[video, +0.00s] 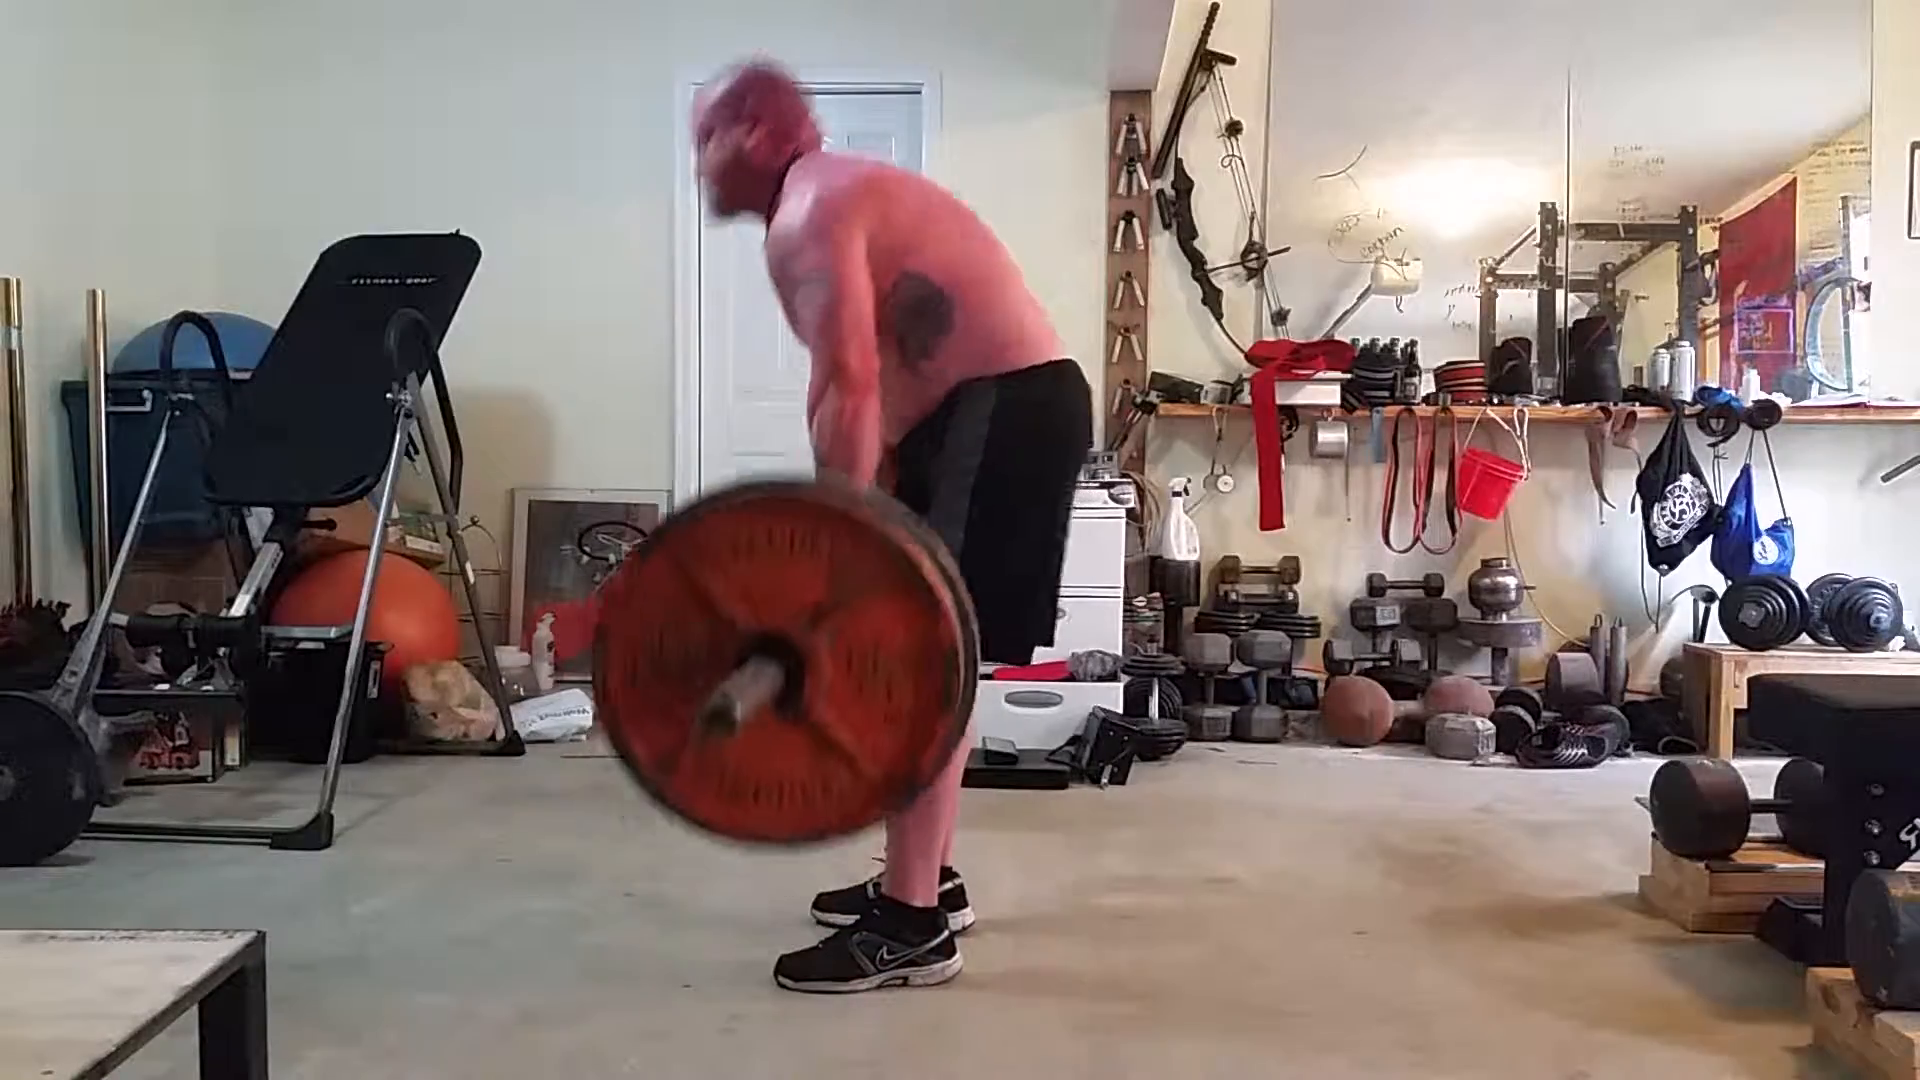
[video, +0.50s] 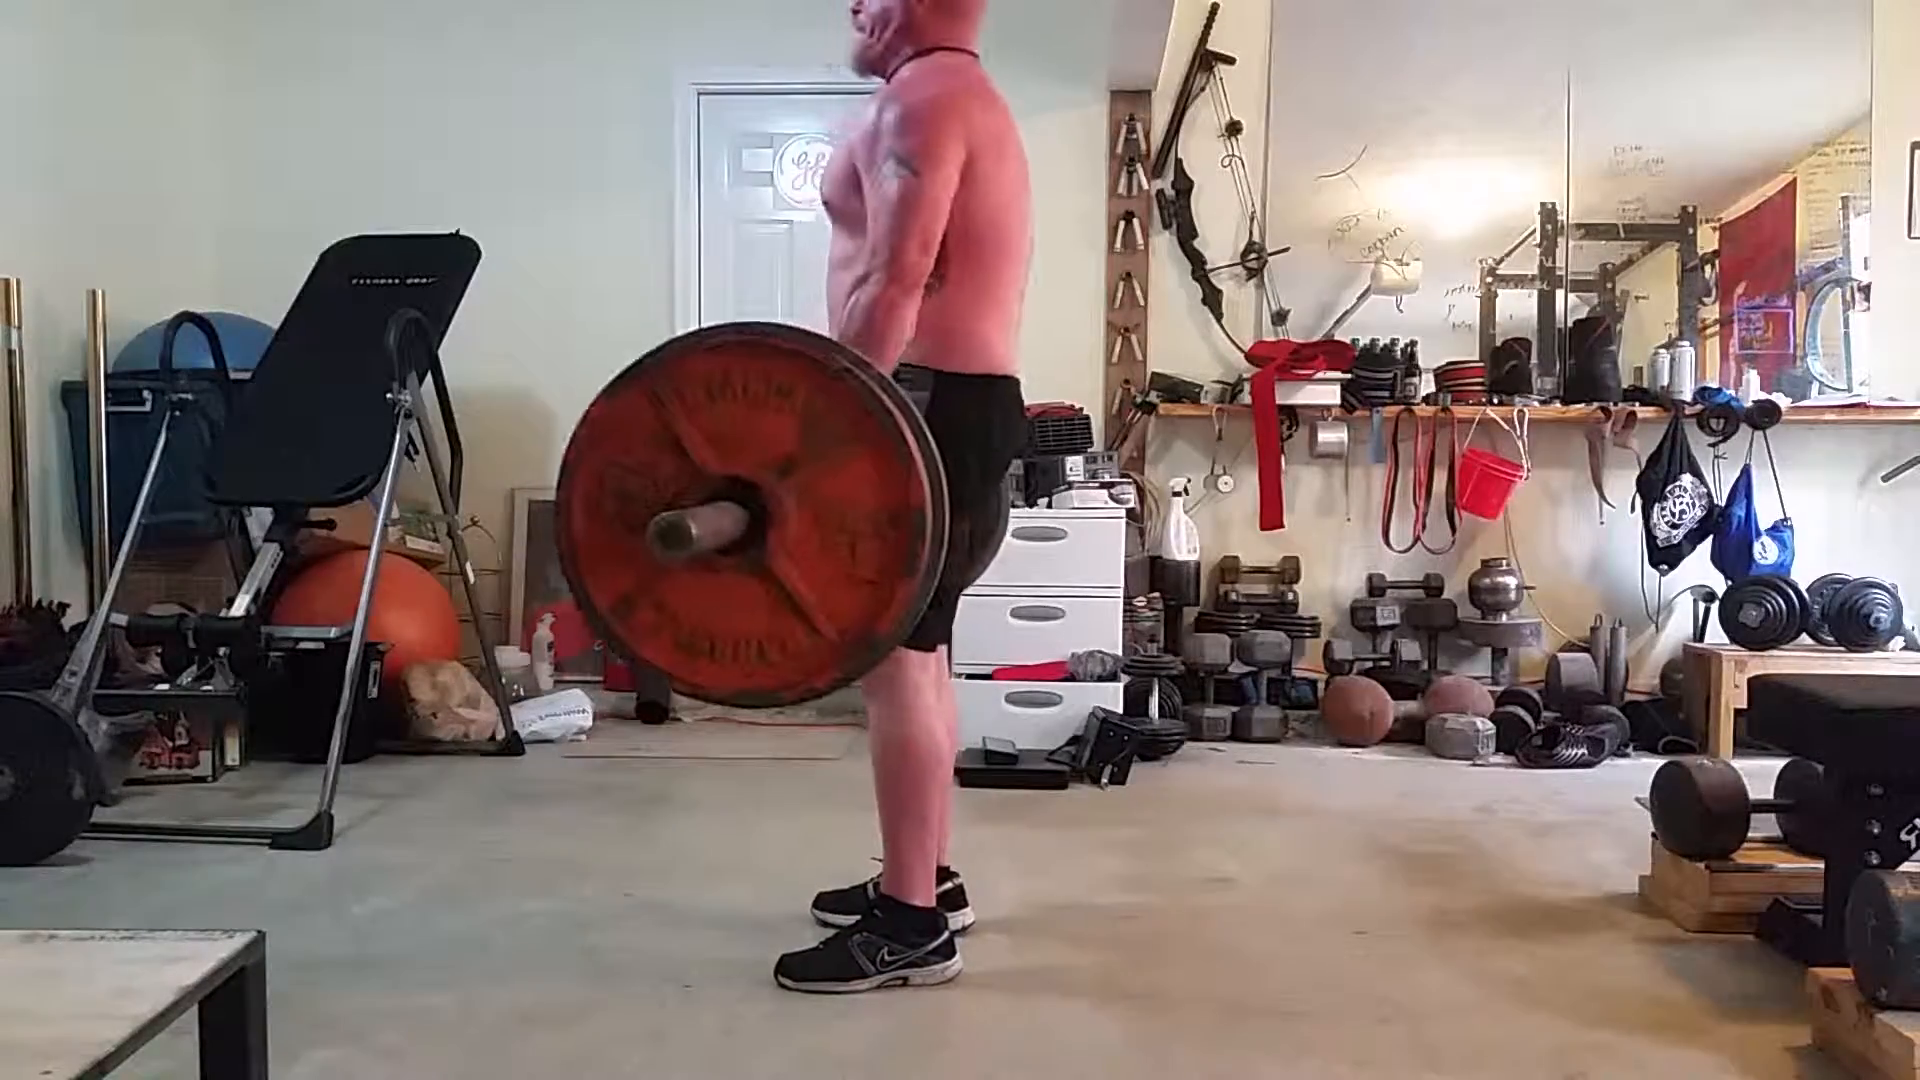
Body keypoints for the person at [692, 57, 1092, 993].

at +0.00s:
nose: (696, 164)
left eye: (706, 140)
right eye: (696, 143)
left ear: (757, 130)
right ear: (773, 134)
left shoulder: (814, 204)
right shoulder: (827, 202)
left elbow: (851, 385)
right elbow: (835, 390)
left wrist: (829, 557)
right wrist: (827, 551)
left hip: (997, 412)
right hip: (969, 413)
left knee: (929, 657)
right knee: (917, 648)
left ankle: (914, 918)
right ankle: (919, 883)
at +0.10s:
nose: (725, 106)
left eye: (734, 84)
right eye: (726, 87)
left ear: (789, 74)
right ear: (799, 77)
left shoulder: (837, 159)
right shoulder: (837, 159)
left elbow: (858, 341)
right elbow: (848, 344)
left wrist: (836, 510)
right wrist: (823, 509)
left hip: (977, 400)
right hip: (959, 399)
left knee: (925, 650)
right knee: (921, 646)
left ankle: (914, 917)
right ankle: (922, 884)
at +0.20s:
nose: (765, 40)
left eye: (782, 19)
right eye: (770, 22)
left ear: (836, 25)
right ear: (851, 33)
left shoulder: (859, 124)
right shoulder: (873, 121)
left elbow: (867, 304)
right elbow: (878, 308)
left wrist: (838, 467)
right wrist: (835, 461)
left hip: (959, 399)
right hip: (970, 398)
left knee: (925, 657)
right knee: (932, 654)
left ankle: (912, 917)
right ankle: (926, 882)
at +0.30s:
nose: (804, 15)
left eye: (818, 2)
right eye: (810, 2)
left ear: (868, 8)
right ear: (894, 16)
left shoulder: (886, 100)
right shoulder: (929, 100)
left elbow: (886, 282)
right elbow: (914, 287)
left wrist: (826, 445)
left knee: (916, 657)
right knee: (931, 653)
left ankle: (911, 919)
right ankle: (929, 880)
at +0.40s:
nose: (843, 13)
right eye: (847, 1)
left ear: (900, 7)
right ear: (926, 13)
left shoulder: (916, 87)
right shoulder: (947, 92)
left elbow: (898, 277)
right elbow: (873, 274)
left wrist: (828, 430)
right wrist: (835, 198)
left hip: (935, 404)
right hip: (960, 403)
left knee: (910, 661)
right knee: (919, 657)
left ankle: (912, 919)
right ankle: (924, 882)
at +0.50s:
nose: (855, 11)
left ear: (913, 8)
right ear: (938, 15)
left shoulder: (928, 90)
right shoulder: (955, 94)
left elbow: (898, 280)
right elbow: (871, 283)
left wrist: (822, 428)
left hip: (933, 404)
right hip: (959, 404)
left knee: (896, 653)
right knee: (915, 650)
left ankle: (909, 919)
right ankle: (925, 880)